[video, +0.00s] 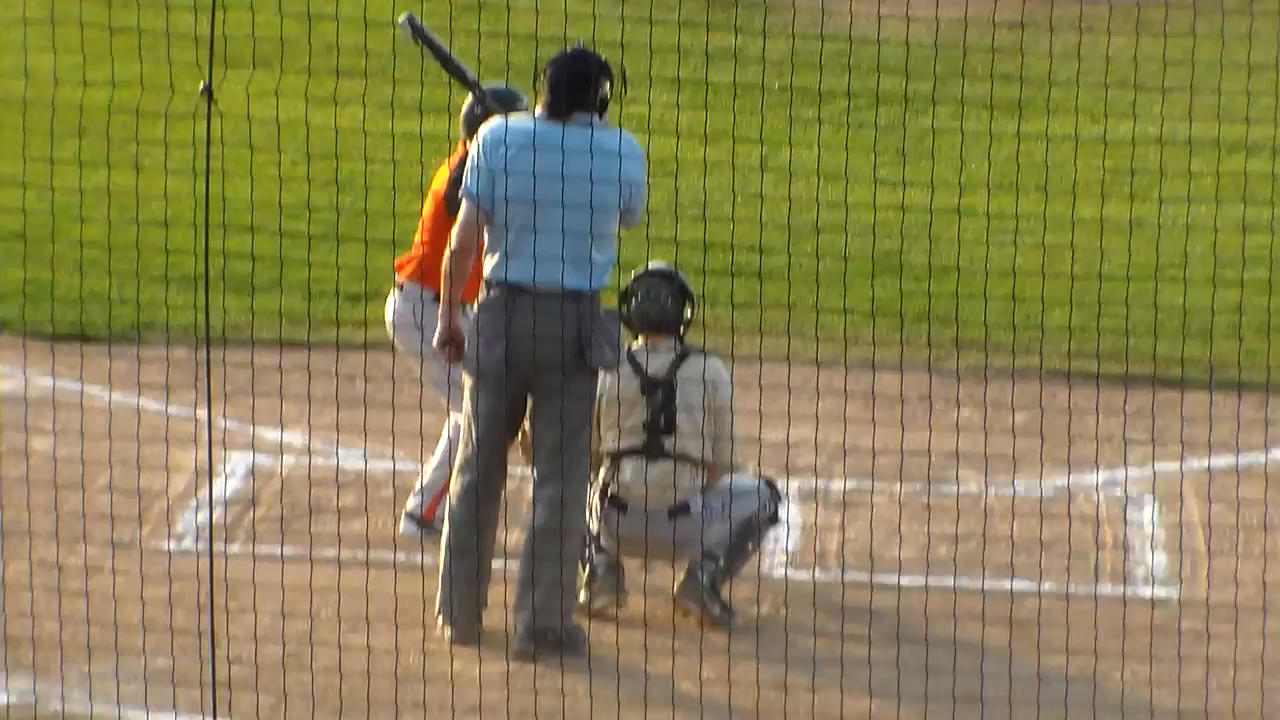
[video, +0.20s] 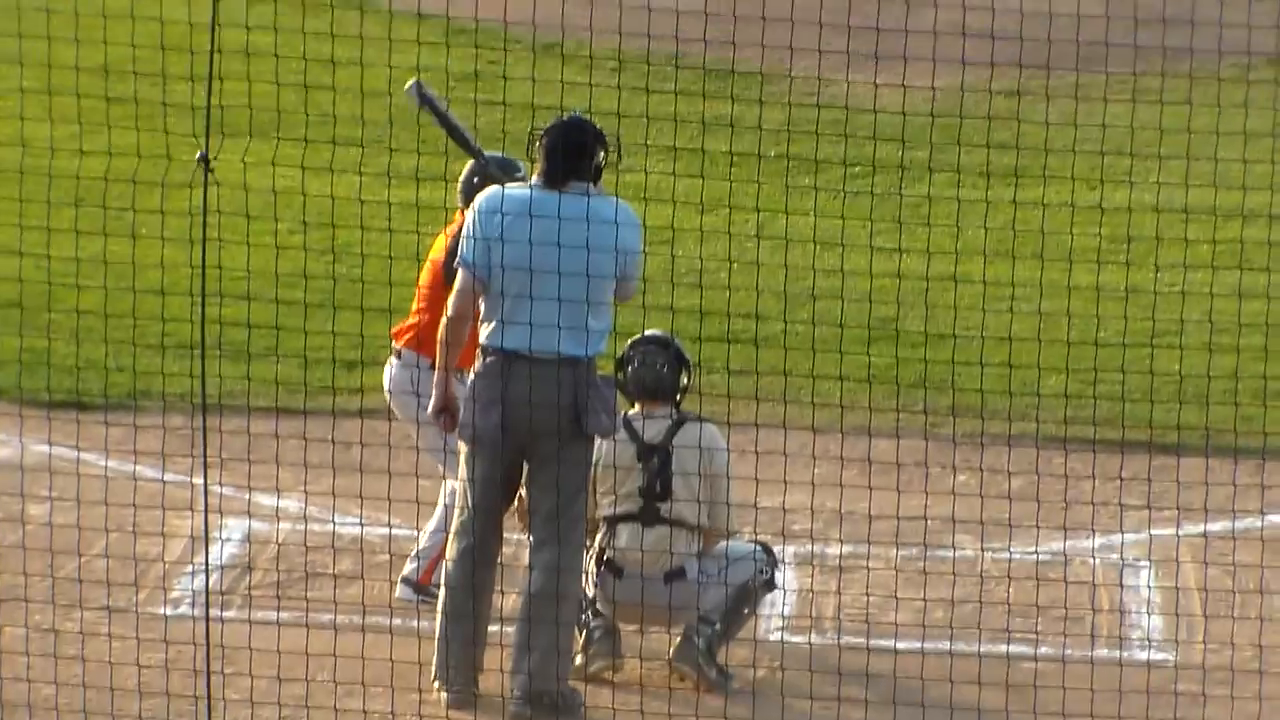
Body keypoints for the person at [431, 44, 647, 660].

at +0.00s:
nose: (605, 103)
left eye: (601, 94)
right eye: (605, 96)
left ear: (547, 92)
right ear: (599, 98)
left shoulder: (497, 135)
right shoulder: (622, 149)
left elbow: (466, 232)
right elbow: (630, 217)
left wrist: (449, 311)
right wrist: (595, 142)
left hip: (503, 313)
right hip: (574, 318)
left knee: (479, 464)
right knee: (562, 473)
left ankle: (461, 612)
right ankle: (543, 624)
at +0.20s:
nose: (600, 169)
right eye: (599, 162)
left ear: (541, 160)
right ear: (595, 166)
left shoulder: (492, 204)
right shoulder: (619, 218)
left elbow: (462, 303)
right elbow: (624, 291)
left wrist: (444, 377)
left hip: (497, 381)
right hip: (569, 386)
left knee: (475, 530)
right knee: (558, 538)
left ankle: (456, 678)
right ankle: (540, 690)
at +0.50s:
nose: (592, 145)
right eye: (594, 138)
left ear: (538, 138)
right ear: (593, 142)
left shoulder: (492, 186)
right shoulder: (621, 201)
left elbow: (462, 290)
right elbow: (636, 315)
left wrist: (440, 357)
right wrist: (610, 341)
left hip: (501, 359)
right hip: (575, 364)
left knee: (478, 504)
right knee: (561, 512)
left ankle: (460, 650)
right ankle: (542, 661)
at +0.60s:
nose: (592, 130)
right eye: (594, 121)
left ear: (538, 122)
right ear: (592, 126)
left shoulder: (491, 171)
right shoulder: (620, 183)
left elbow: (463, 271)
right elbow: (635, 285)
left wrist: (437, 337)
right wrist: (632, 362)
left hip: (501, 345)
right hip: (575, 350)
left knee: (478, 489)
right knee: (561, 497)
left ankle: (459, 635)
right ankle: (541, 645)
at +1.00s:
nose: (601, 102)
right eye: (601, 93)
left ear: (543, 93)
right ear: (598, 98)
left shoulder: (496, 141)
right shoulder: (624, 156)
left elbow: (467, 243)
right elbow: (637, 263)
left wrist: (446, 318)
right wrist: (642, 350)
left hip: (503, 316)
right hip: (578, 322)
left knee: (481, 459)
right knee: (564, 468)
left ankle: (461, 604)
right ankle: (544, 615)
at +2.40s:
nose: (592, 95)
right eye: (597, 87)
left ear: (538, 86)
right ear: (595, 90)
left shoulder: (493, 134)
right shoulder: (623, 147)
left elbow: (467, 240)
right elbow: (634, 250)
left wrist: (462, 311)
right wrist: (637, 330)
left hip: (506, 308)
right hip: (581, 314)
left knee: (481, 452)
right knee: (564, 462)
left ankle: (459, 596)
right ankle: (544, 607)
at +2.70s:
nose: (601, 100)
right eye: (599, 93)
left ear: (540, 93)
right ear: (595, 97)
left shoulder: (492, 139)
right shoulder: (621, 152)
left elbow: (448, 236)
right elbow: (642, 258)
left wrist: (454, 305)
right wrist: (640, 327)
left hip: (500, 312)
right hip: (579, 318)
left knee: (452, 424)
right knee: (568, 466)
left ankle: (429, 564)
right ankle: (544, 605)